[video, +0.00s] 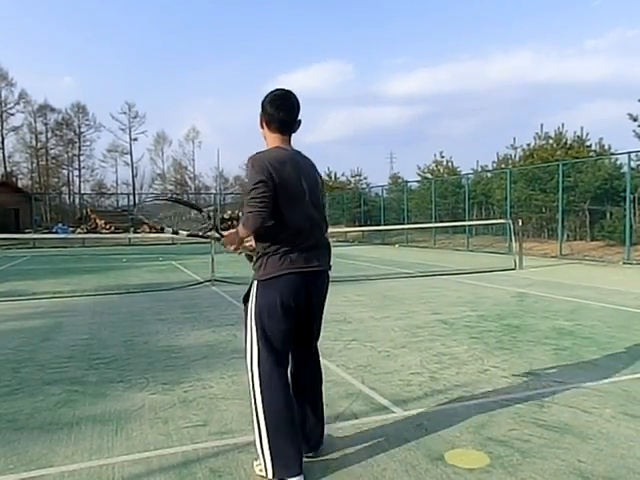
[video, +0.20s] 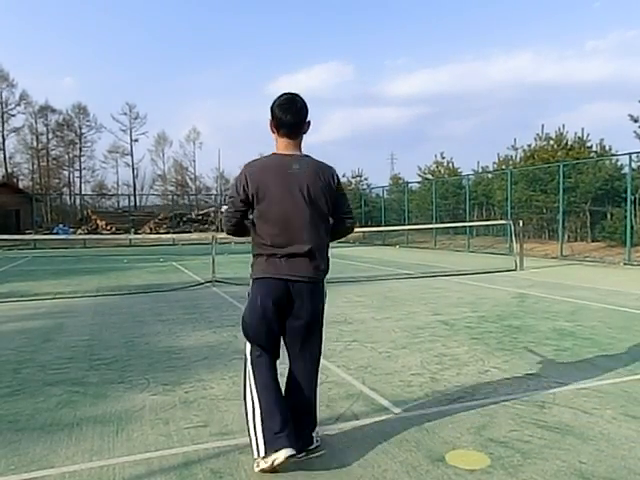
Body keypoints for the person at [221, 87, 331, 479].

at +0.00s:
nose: (259, 124)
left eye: (259, 119)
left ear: (262, 122)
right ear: (296, 123)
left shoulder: (261, 163)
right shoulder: (309, 166)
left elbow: (258, 217)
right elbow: (310, 223)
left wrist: (239, 232)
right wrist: (252, 237)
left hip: (277, 279)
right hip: (315, 275)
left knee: (267, 369)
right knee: (306, 354)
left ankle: (281, 465)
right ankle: (310, 438)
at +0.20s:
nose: (279, 127)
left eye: (273, 122)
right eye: (302, 123)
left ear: (270, 126)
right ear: (307, 127)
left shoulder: (253, 172)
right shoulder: (324, 174)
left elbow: (232, 224)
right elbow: (344, 224)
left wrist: (261, 226)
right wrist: (314, 235)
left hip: (267, 281)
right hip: (309, 282)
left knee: (260, 356)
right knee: (305, 360)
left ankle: (274, 443)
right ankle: (303, 438)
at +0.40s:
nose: (301, 128)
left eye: (273, 122)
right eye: (304, 123)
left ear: (272, 126)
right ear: (307, 127)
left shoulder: (259, 169)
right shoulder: (314, 171)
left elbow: (262, 210)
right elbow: (345, 219)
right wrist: (344, 214)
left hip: (262, 277)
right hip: (301, 280)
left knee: (254, 344)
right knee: (303, 355)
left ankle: (236, 421)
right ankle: (298, 440)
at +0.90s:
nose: (305, 128)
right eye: (305, 123)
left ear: (272, 129)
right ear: (304, 129)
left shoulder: (258, 171)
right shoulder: (304, 175)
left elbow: (247, 186)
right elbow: (337, 197)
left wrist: (284, 159)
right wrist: (369, 161)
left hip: (260, 279)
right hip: (297, 282)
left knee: (247, 348)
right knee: (300, 359)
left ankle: (221, 422)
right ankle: (297, 439)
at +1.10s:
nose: (270, 129)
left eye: (268, 124)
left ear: (269, 128)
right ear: (301, 127)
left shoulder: (259, 173)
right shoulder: (323, 171)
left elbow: (227, 200)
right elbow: (362, 193)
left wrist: (245, 173)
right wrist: (375, 153)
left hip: (268, 274)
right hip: (310, 278)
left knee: (249, 342)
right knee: (305, 353)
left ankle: (229, 417)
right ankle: (299, 437)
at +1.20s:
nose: (268, 128)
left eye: (267, 123)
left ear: (270, 126)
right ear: (301, 126)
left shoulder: (267, 174)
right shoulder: (316, 165)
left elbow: (233, 217)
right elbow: (331, 171)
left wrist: (236, 217)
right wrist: (346, 141)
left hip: (271, 269)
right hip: (310, 270)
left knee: (251, 337)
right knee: (304, 348)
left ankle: (237, 412)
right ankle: (301, 433)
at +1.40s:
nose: (261, 128)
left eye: (263, 122)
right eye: (265, 122)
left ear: (266, 126)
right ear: (294, 130)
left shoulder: (277, 167)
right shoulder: (296, 163)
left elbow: (284, 211)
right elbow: (257, 178)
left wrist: (254, 224)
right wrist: (225, 189)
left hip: (274, 266)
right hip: (307, 264)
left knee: (261, 334)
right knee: (304, 338)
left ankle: (264, 408)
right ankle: (305, 422)